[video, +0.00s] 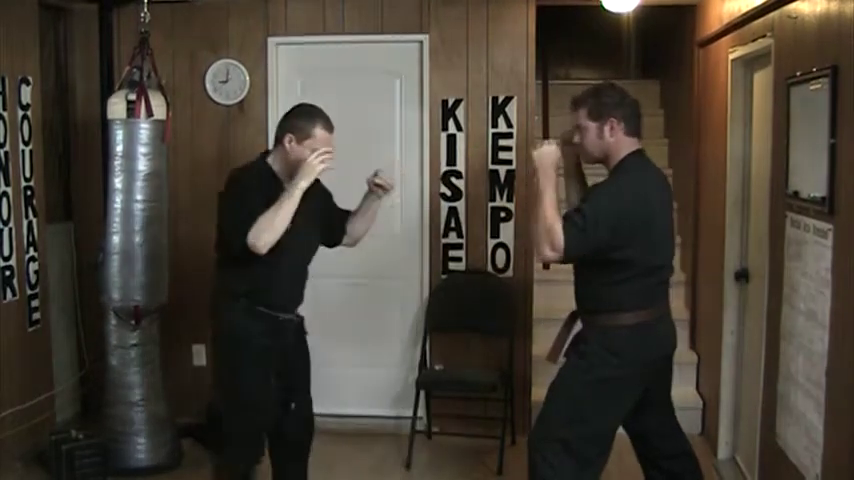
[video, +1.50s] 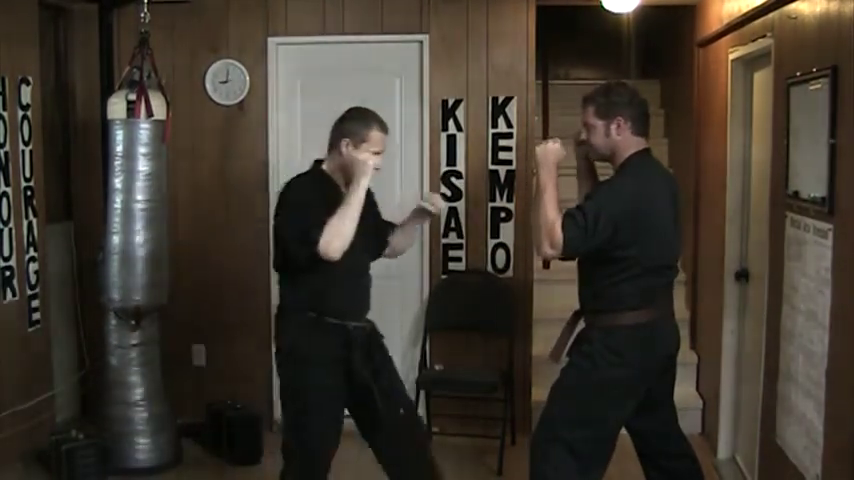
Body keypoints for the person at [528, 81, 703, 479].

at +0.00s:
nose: (576, 139)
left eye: (581, 129)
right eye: (576, 130)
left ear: (611, 128)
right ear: (615, 128)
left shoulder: (620, 189)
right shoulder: (651, 179)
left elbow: (552, 247)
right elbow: (630, 265)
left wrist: (546, 172)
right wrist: (580, 318)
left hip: (615, 342)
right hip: (650, 335)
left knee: (554, 448)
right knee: (663, 446)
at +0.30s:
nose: (584, 138)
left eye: (588, 129)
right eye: (583, 129)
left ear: (618, 127)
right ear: (624, 127)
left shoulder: (628, 186)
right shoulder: (656, 180)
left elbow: (559, 245)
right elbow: (592, 225)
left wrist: (549, 171)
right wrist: (579, 166)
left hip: (617, 341)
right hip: (653, 336)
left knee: (555, 451)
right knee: (664, 448)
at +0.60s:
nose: (586, 138)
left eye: (590, 128)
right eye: (585, 129)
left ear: (620, 127)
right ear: (626, 127)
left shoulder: (628, 187)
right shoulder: (659, 179)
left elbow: (559, 243)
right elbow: (596, 224)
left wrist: (550, 172)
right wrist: (581, 165)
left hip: (617, 343)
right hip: (655, 336)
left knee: (557, 451)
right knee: (664, 448)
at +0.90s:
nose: (586, 137)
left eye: (590, 128)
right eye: (585, 128)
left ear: (620, 126)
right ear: (626, 127)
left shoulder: (627, 187)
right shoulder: (659, 180)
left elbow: (558, 243)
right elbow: (596, 223)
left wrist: (549, 170)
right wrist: (581, 164)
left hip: (617, 343)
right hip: (655, 336)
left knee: (556, 451)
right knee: (665, 449)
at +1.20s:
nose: (585, 137)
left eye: (589, 127)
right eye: (584, 128)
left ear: (619, 126)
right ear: (625, 127)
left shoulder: (626, 187)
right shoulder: (659, 180)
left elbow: (558, 243)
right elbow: (595, 224)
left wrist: (548, 171)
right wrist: (581, 163)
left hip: (616, 343)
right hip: (655, 336)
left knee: (556, 452)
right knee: (664, 448)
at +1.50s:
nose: (584, 137)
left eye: (589, 128)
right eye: (583, 128)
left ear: (618, 127)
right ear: (625, 126)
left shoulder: (624, 187)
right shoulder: (662, 180)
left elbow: (555, 242)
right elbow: (599, 222)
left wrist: (546, 169)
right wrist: (585, 161)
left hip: (616, 342)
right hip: (657, 336)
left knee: (556, 450)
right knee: (664, 447)